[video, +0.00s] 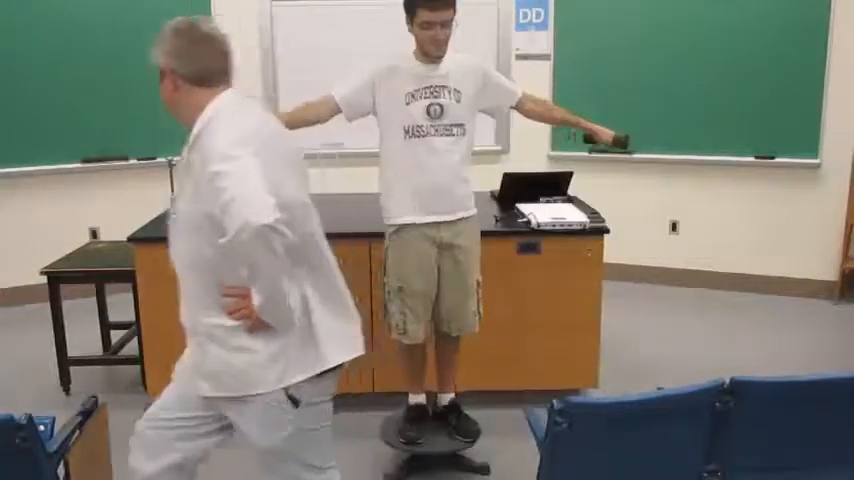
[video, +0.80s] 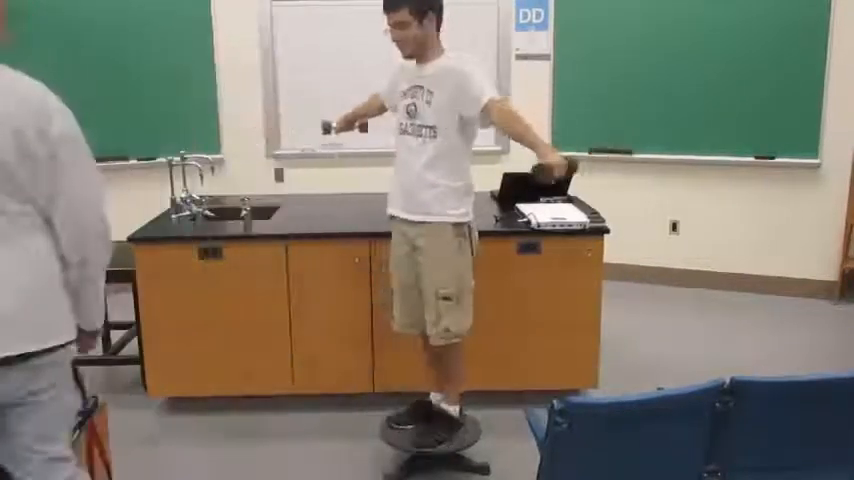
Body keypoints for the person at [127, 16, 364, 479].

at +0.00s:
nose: (159, 92)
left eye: (159, 79)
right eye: (160, 79)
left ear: (171, 81)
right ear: (223, 69)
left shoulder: (224, 138)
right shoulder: (244, 120)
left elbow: (257, 223)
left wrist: (271, 306)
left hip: (273, 362)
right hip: (233, 355)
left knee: (308, 474)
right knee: (156, 448)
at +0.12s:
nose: (82, 64)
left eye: (81, 52)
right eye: (83, 54)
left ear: (89, 49)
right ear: (143, 41)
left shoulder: (122, 105)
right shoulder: (167, 90)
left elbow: (131, 182)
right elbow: (216, 169)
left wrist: (165, 286)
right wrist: (160, 272)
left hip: (167, 354)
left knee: (193, 470)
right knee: (100, 463)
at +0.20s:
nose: (82, 64)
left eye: (81, 52)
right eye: (83, 54)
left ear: (89, 49)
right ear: (143, 41)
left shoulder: (122, 104)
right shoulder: (167, 90)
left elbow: (131, 181)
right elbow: (217, 165)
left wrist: (164, 286)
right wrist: (163, 271)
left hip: (170, 354)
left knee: (200, 470)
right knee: (100, 464)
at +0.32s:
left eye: (34, 22)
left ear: (36, 22)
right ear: (106, 19)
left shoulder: (30, 80)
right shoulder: (146, 89)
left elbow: (13, 162)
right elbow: (178, 204)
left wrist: (57, 270)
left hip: (62, 361)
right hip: (135, 352)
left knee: (26, 465)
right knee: (116, 467)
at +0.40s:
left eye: (34, 22)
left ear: (36, 22)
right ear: (106, 19)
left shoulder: (31, 80)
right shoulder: (147, 89)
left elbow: (13, 162)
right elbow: (178, 206)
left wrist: (57, 270)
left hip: (62, 360)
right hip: (136, 352)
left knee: (26, 465)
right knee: (116, 466)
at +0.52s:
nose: (62, 15)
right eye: (62, 10)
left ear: (1, 15)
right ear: (56, 12)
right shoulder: (99, 93)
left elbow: (139, 211)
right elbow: (140, 210)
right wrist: (101, 270)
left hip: (10, 329)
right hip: (95, 321)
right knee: (91, 470)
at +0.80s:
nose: (10, 24)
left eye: (9, 17)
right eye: (9, 17)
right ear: (4, 23)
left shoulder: (32, 106)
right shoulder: (31, 105)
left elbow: (84, 225)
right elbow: (85, 225)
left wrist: (85, 319)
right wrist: (87, 319)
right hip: (26, 333)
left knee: (40, 467)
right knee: (44, 467)